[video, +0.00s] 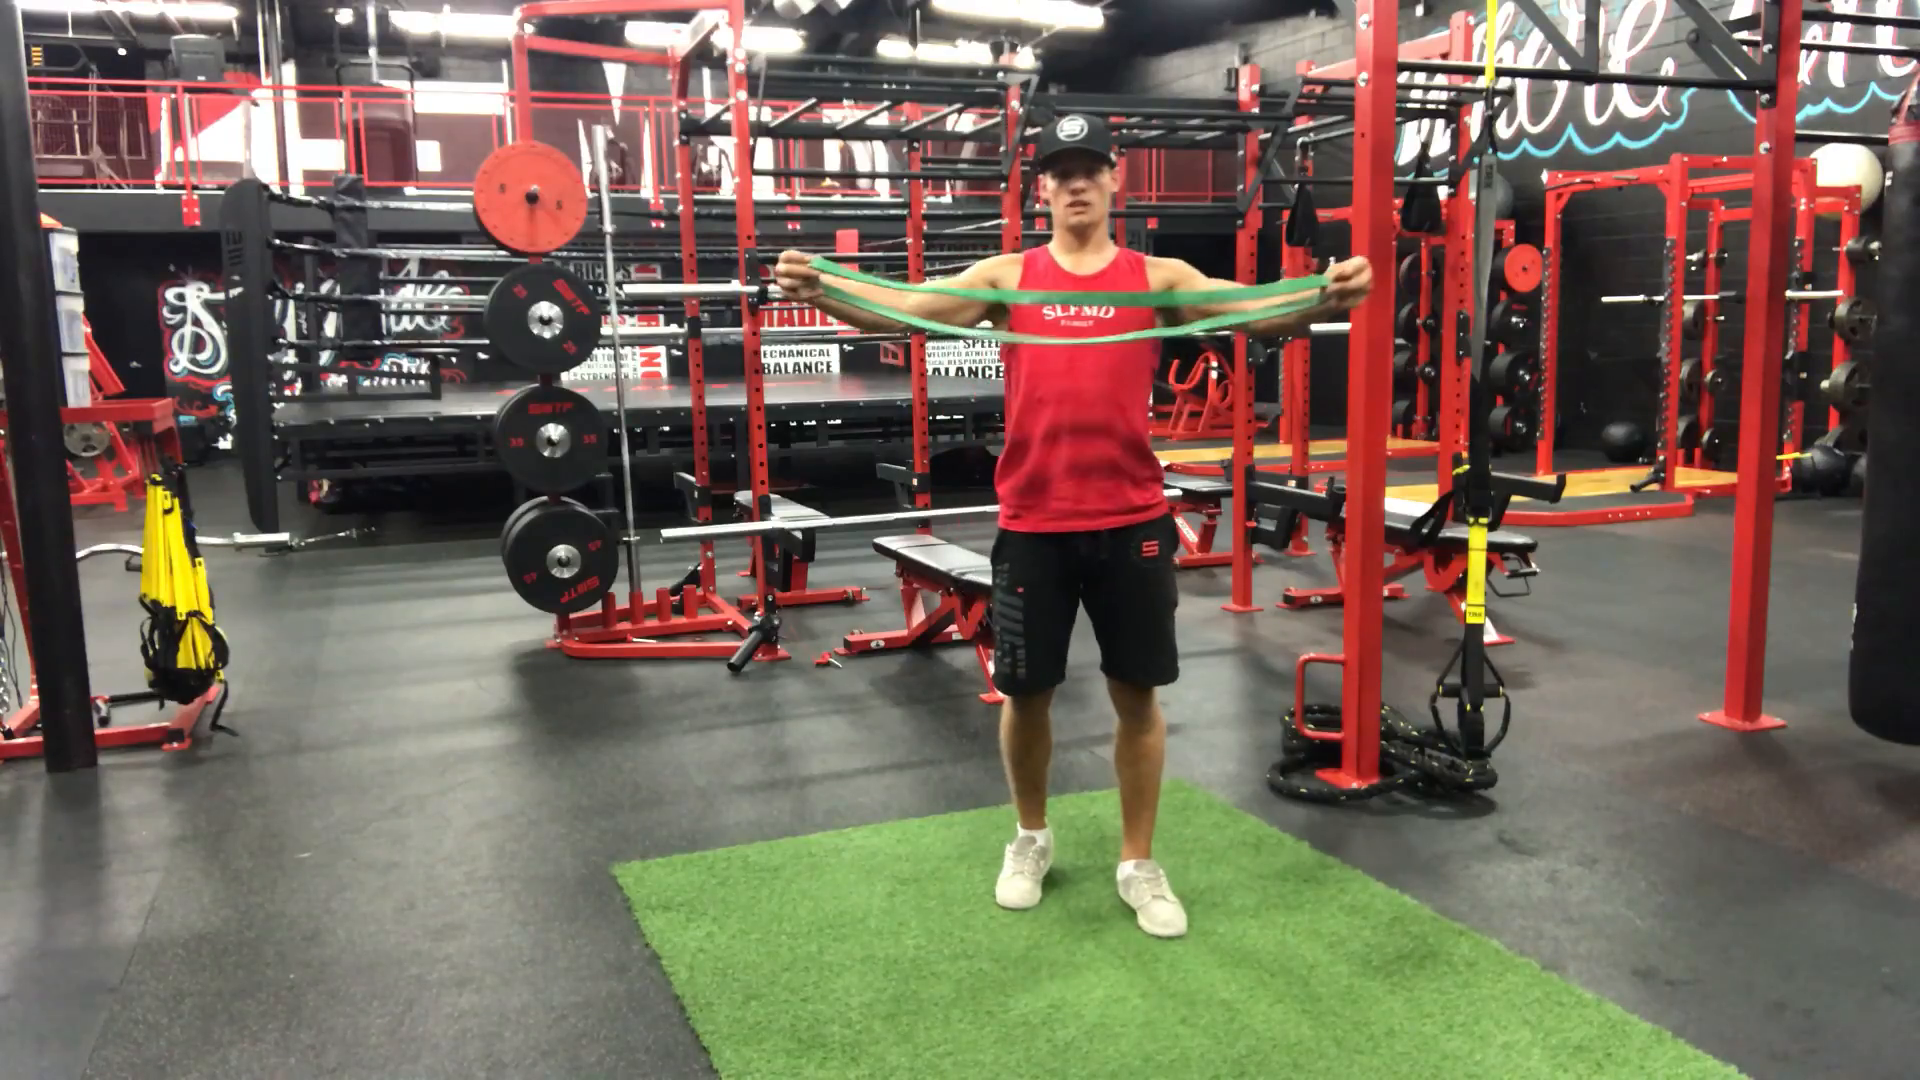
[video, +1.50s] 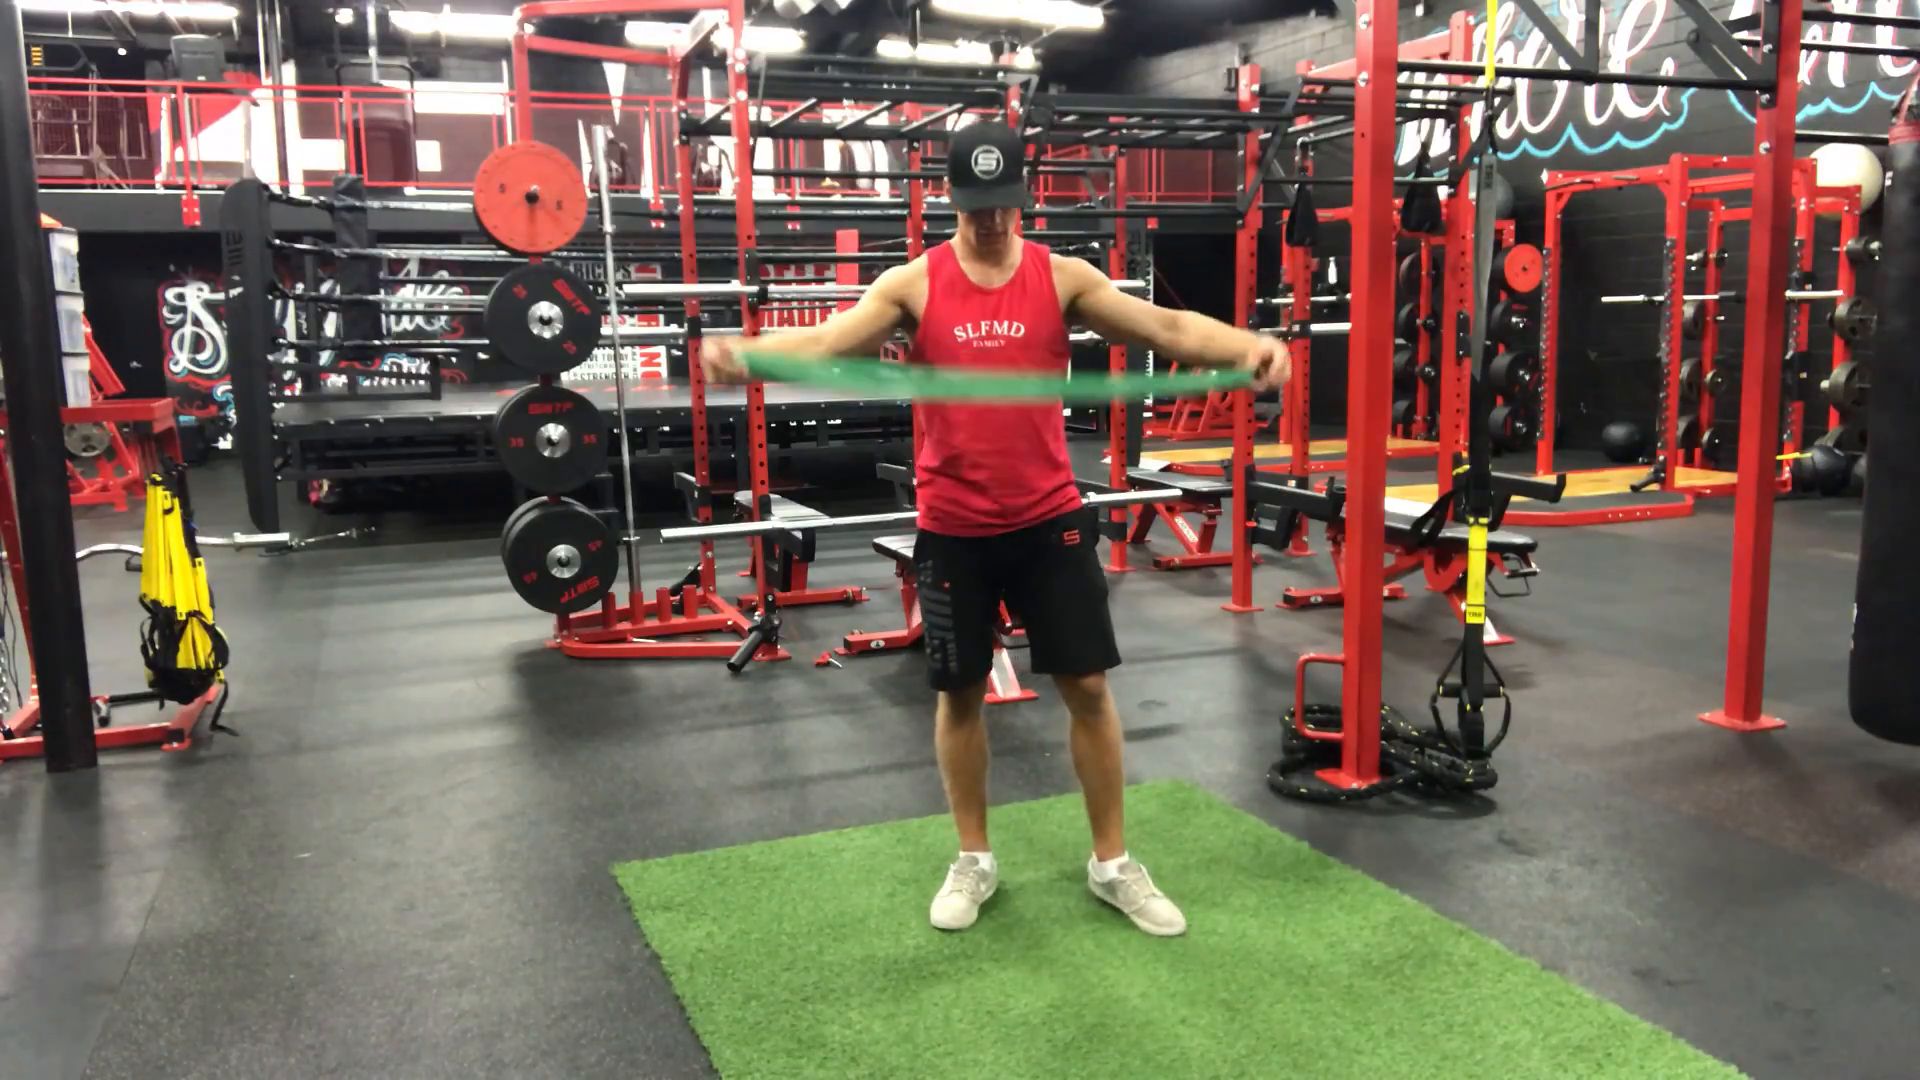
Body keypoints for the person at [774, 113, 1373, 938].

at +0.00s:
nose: (1074, 191)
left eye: (1088, 176)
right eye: (1060, 177)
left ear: (1113, 185)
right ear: (1043, 190)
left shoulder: (1158, 277)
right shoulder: (1007, 274)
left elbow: (1259, 315)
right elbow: (911, 309)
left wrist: (1326, 293)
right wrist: (820, 282)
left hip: (1131, 519)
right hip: (1032, 522)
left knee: (1139, 703)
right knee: (1025, 695)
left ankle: (1139, 862)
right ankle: (1028, 837)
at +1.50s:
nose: (990, 219)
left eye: (1002, 204)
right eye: (975, 205)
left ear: (1023, 195)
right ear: (950, 199)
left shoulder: (1063, 278)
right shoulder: (913, 283)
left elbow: (1167, 327)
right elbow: (825, 342)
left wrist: (1250, 344)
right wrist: (746, 353)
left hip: (1051, 514)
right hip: (955, 524)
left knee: (1088, 687)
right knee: (960, 696)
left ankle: (1111, 860)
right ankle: (973, 858)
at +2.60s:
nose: (1060, 724)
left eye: (1072, 713)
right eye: (1052, 712)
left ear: (1103, 672)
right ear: (1032, 668)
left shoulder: (1147, 657)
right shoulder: (976, 657)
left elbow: (1215, 745)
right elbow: (905, 742)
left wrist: (1281, 848)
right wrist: (840, 841)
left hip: (1097, 549)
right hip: (1001, 555)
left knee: (1169, 696)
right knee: (958, 703)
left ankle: (1129, 824)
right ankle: (992, 831)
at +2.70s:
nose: (1061, 727)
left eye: (1072, 717)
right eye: (1052, 717)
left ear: (1100, 674)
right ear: (1028, 673)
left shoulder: (1143, 658)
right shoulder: (976, 658)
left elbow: (1211, 755)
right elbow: (905, 750)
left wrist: (1274, 857)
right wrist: (844, 852)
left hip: (1097, 548)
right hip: (1001, 553)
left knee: (1166, 694)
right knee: (957, 702)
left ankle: (1129, 823)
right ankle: (992, 832)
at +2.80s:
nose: (1061, 711)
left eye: (1072, 697)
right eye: (1051, 700)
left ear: (1097, 654)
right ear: (1021, 656)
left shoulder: (1139, 642)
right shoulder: (970, 645)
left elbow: (1207, 737)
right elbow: (905, 735)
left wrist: (1269, 838)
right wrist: (847, 842)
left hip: (1090, 534)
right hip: (997, 539)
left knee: (1158, 689)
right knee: (959, 697)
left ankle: (1129, 824)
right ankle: (993, 830)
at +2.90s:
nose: (1061, 667)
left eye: (1069, 650)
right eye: (1048, 655)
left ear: (1087, 610)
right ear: (1013, 623)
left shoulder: (1128, 595)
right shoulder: (963, 610)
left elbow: (1205, 685)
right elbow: (899, 700)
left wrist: (1269, 782)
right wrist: (849, 801)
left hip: (1090, 522)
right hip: (995, 526)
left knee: (1146, 680)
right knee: (962, 689)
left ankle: (1128, 824)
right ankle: (994, 831)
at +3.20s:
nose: (1022, 474)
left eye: (1032, 463)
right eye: (1006, 467)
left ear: (1046, 420)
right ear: (968, 438)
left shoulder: (1082, 416)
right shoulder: (928, 448)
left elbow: (1136, 468)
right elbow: (900, 549)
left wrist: (1175, 540)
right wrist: (882, 645)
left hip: (1074, 526)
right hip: (980, 539)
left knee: (1140, 644)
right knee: (973, 685)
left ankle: (1139, 802)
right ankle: (994, 828)